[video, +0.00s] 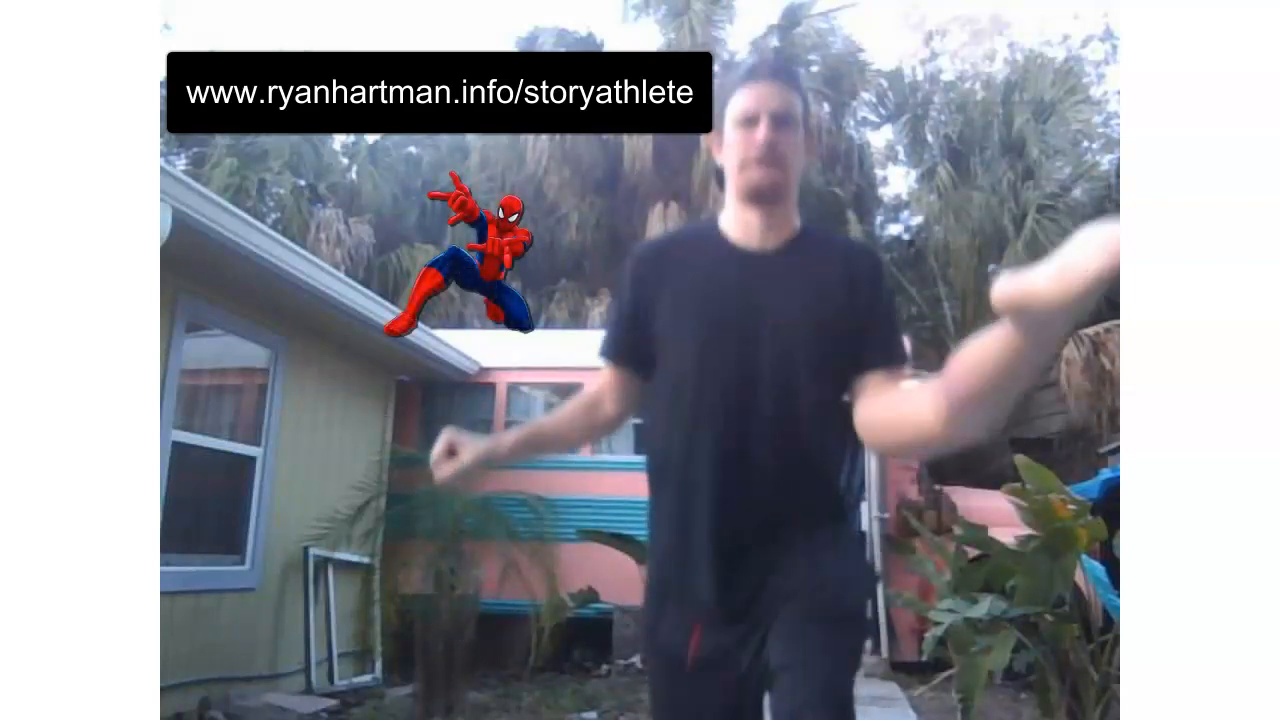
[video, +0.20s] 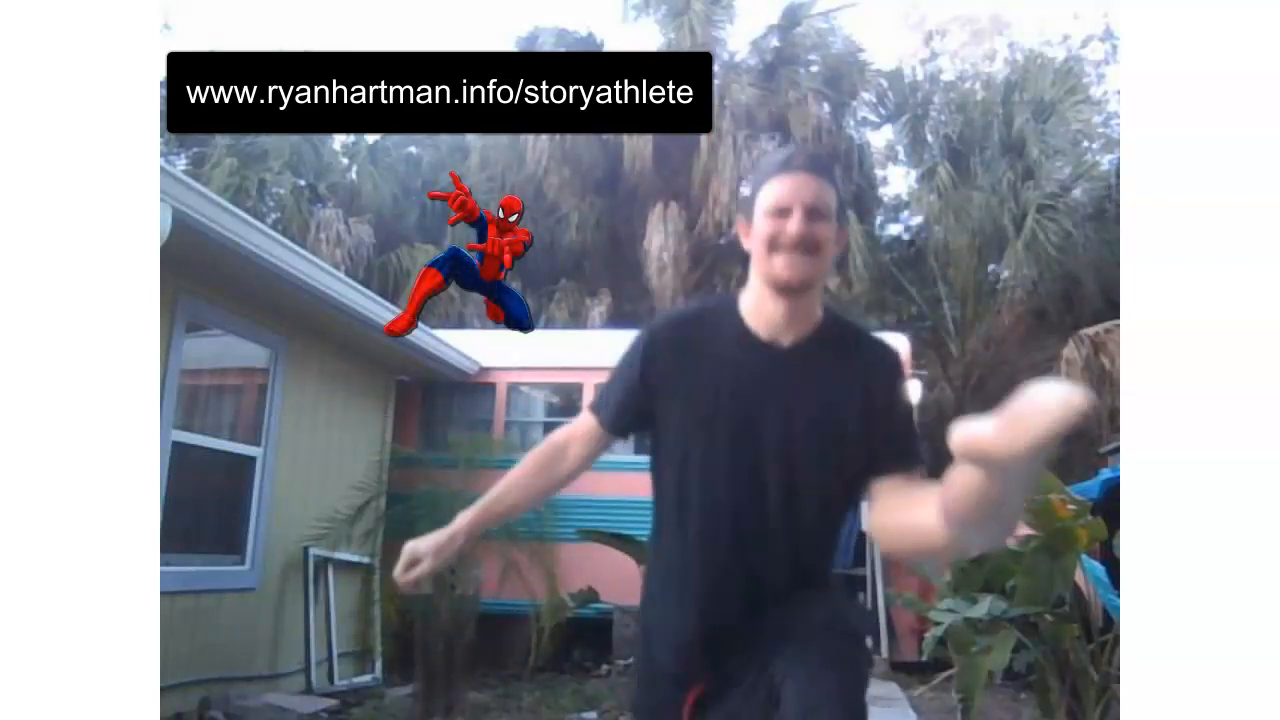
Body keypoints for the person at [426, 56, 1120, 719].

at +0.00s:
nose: (766, 138)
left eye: (784, 123)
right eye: (749, 122)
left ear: (810, 143)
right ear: (718, 143)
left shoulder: (851, 266)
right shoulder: (659, 267)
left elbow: (876, 407)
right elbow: (606, 401)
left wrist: (940, 411)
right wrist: (497, 448)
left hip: (812, 571)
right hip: (689, 575)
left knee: (815, 708)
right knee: (697, 717)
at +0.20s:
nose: (797, 230)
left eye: (816, 215)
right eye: (777, 212)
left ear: (841, 237)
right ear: (744, 232)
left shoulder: (869, 365)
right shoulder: (677, 342)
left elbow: (891, 511)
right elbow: (575, 445)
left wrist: (967, 505)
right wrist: (458, 532)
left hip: (804, 628)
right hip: (685, 633)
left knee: (829, 679)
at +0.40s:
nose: (754, 110)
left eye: (773, 96)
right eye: (737, 95)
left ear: (802, 125)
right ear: (711, 121)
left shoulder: (842, 243)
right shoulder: (657, 239)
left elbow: (882, 390)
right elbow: (603, 378)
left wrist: (948, 380)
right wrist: (520, 472)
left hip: (807, 552)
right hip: (685, 554)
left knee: (811, 709)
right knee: (684, 713)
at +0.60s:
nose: (768, 364)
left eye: (789, 343)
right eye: (749, 341)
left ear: (817, 313)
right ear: (719, 306)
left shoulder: (865, 407)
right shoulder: (667, 396)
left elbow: (905, 554)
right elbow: (594, 508)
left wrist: (961, 579)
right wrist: (502, 542)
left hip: (811, 658)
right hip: (692, 669)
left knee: (818, 691)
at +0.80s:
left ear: (893, 12)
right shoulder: (695, 121)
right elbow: (633, 261)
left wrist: (832, 561)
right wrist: (597, 404)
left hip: (823, 493)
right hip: (691, 477)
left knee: (815, 706)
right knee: (676, 690)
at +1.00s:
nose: (635, 52)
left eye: (650, 38)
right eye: (624, 38)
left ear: (679, 42)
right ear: (605, 42)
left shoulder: (733, 139)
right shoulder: (554, 140)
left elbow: (802, 288)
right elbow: (527, 279)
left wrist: (756, 295)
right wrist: (478, 403)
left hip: (686, 435)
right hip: (563, 430)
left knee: (662, 686)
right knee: (527, 676)